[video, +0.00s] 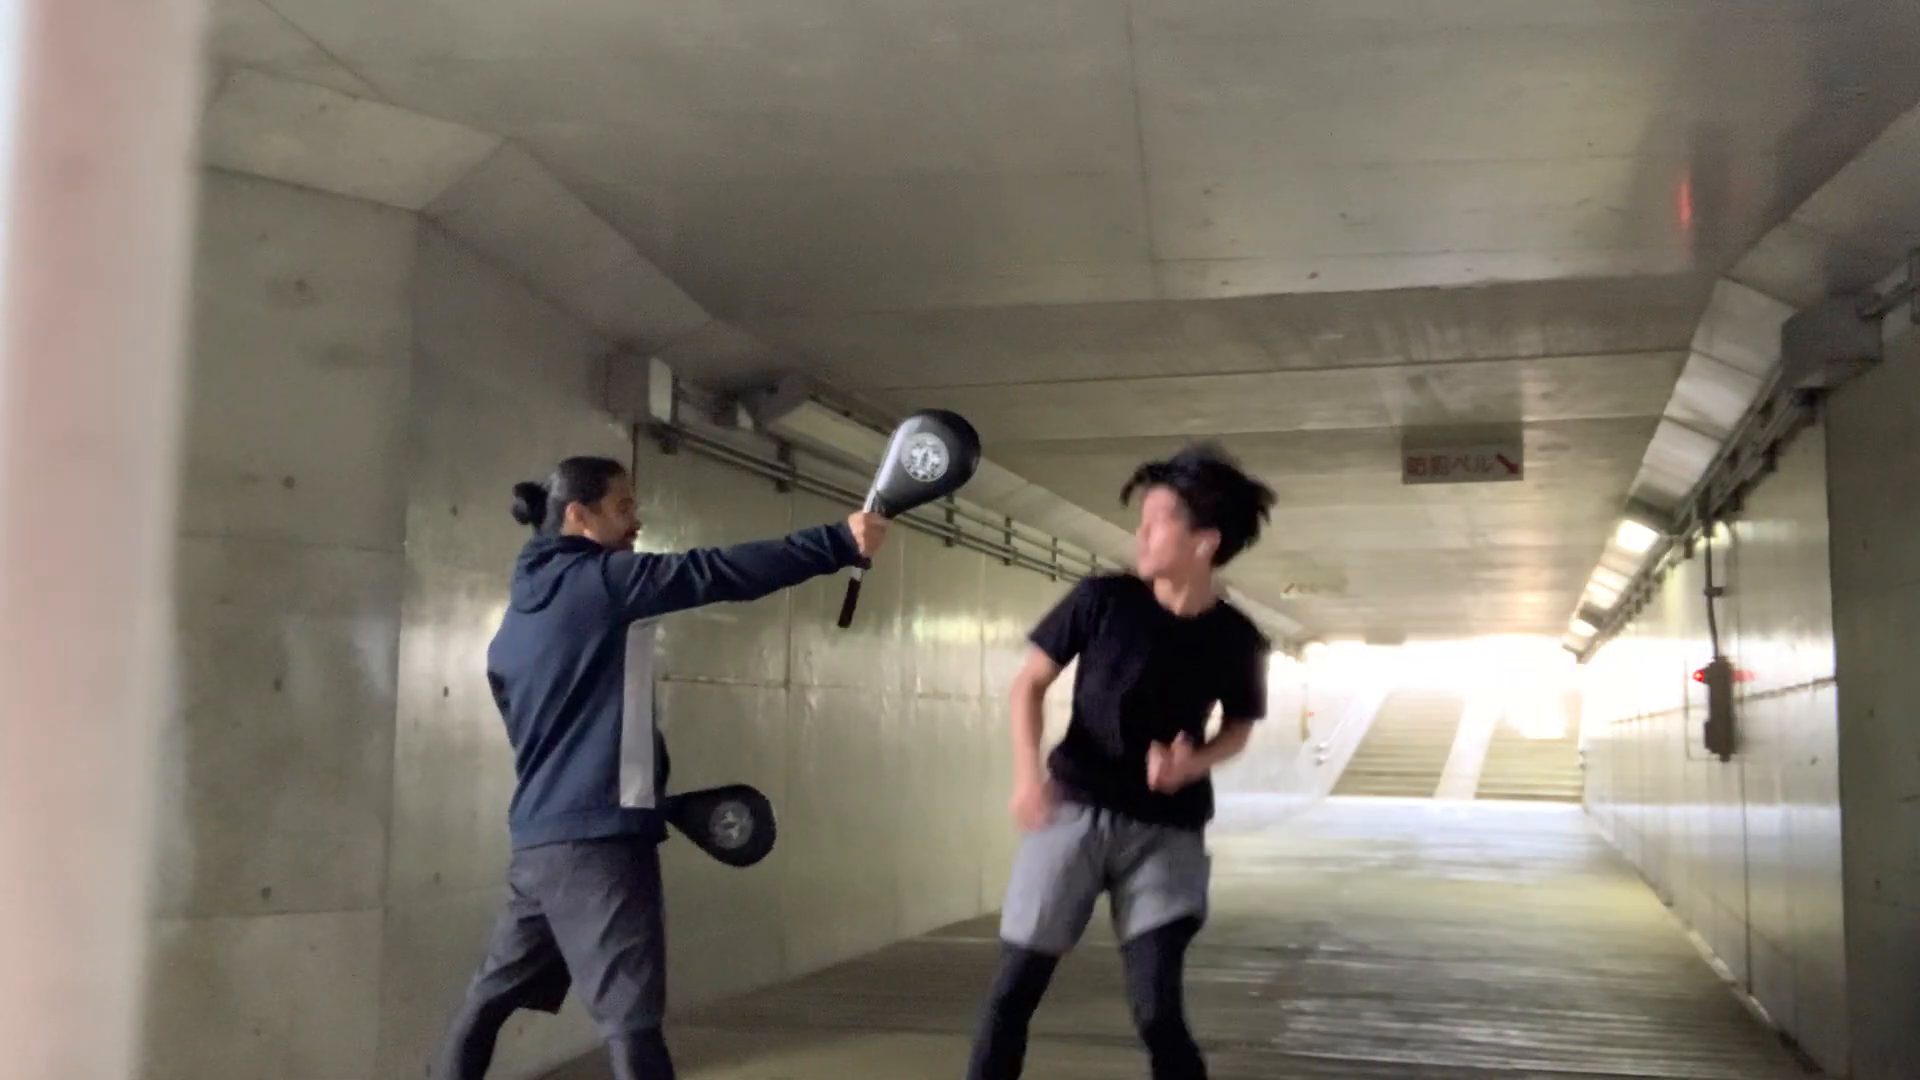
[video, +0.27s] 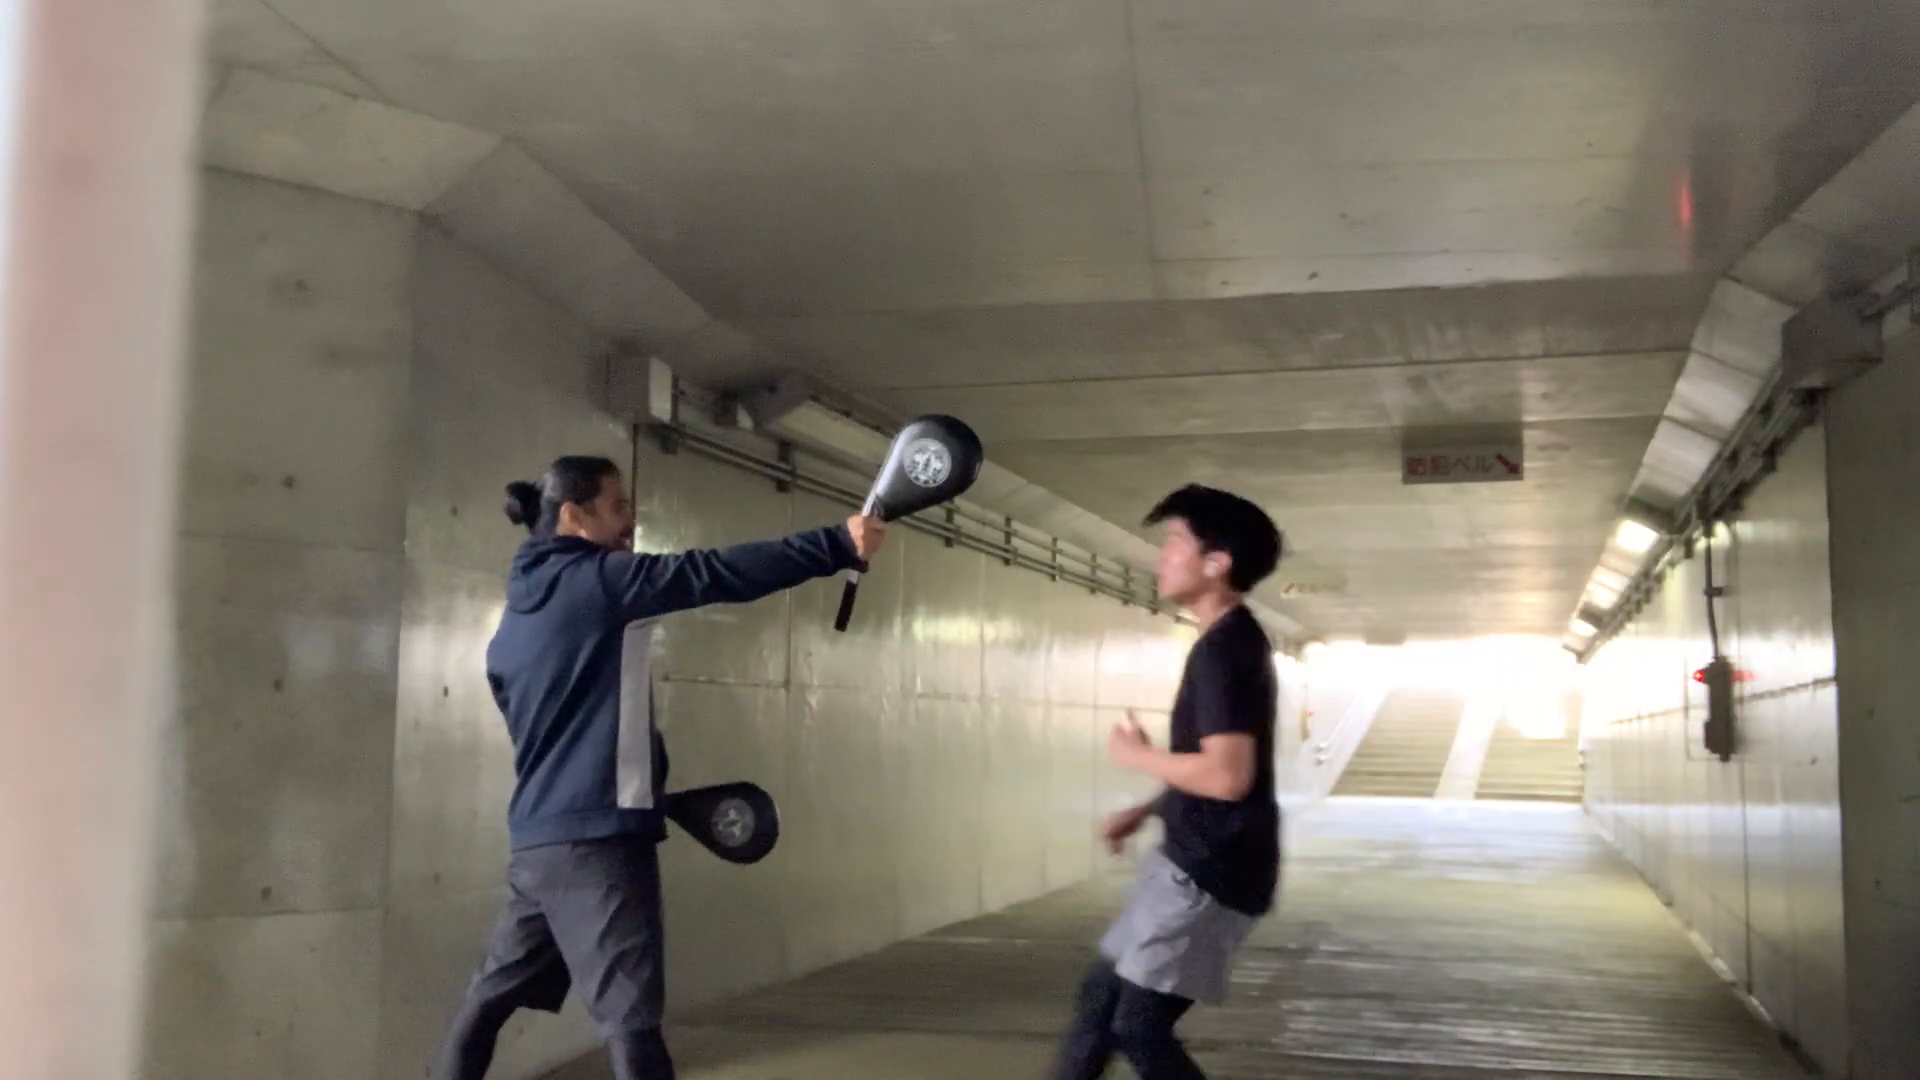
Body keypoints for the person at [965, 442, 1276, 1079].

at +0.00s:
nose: (1140, 537)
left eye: (1155, 524)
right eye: (1142, 522)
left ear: (1208, 542)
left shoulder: (1237, 639)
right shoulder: (1101, 600)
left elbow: (1238, 729)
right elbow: (1028, 682)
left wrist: (1198, 761)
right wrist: (1029, 776)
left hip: (1166, 835)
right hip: (1070, 816)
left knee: (1158, 1017)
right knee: (1010, 999)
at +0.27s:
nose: (1160, 559)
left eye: (1173, 545)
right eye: (1164, 544)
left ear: (1218, 563)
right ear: (1215, 565)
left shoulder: (1228, 646)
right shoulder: (1224, 640)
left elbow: (1231, 776)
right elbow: (1213, 762)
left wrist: (1139, 755)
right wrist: (1145, 812)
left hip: (1214, 873)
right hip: (1188, 858)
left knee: (1138, 1025)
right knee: (1102, 996)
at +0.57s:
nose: (1331, 551)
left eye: (1342, 538)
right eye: (1336, 537)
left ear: (1377, 552)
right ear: (1402, 558)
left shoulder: (1333, 630)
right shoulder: (1444, 640)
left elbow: (1315, 725)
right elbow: (1497, 766)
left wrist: (1261, 807)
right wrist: (1436, 804)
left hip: (1354, 867)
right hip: (1440, 861)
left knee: (1254, 1006)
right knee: (1531, 988)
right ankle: (1613, 1069)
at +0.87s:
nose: (1491, 585)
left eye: (1501, 572)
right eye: (1493, 572)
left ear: (1544, 580)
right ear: (1566, 586)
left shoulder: (1506, 658)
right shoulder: (1633, 675)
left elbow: (1491, 764)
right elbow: (1687, 782)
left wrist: (1441, 852)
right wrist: (1624, 836)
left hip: (1538, 886)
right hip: (1635, 889)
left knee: (1421, 1010)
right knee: (1689, 1051)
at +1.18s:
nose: (1484, 564)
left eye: (1496, 549)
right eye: (1488, 549)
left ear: (1537, 568)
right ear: (1546, 571)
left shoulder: (1490, 647)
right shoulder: (1619, 673)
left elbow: (1431, 754)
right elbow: (1631, 790)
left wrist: (1375, 830)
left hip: (1505, 866)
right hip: (1598, 874)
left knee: (1427, 1034)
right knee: (1641, 1045)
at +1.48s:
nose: (1507, 522)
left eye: (1520, 507)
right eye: (1508, 508)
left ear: (1567, 522)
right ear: (1572, 526)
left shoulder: (1517, 590)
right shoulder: (1636, 607)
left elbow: (1516, 686)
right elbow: (1687, 716)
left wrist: (1465, 769)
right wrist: (1626, 748)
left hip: (1534, 833)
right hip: (1628, 834)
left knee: (1486, 1002)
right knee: (1687, 1004)